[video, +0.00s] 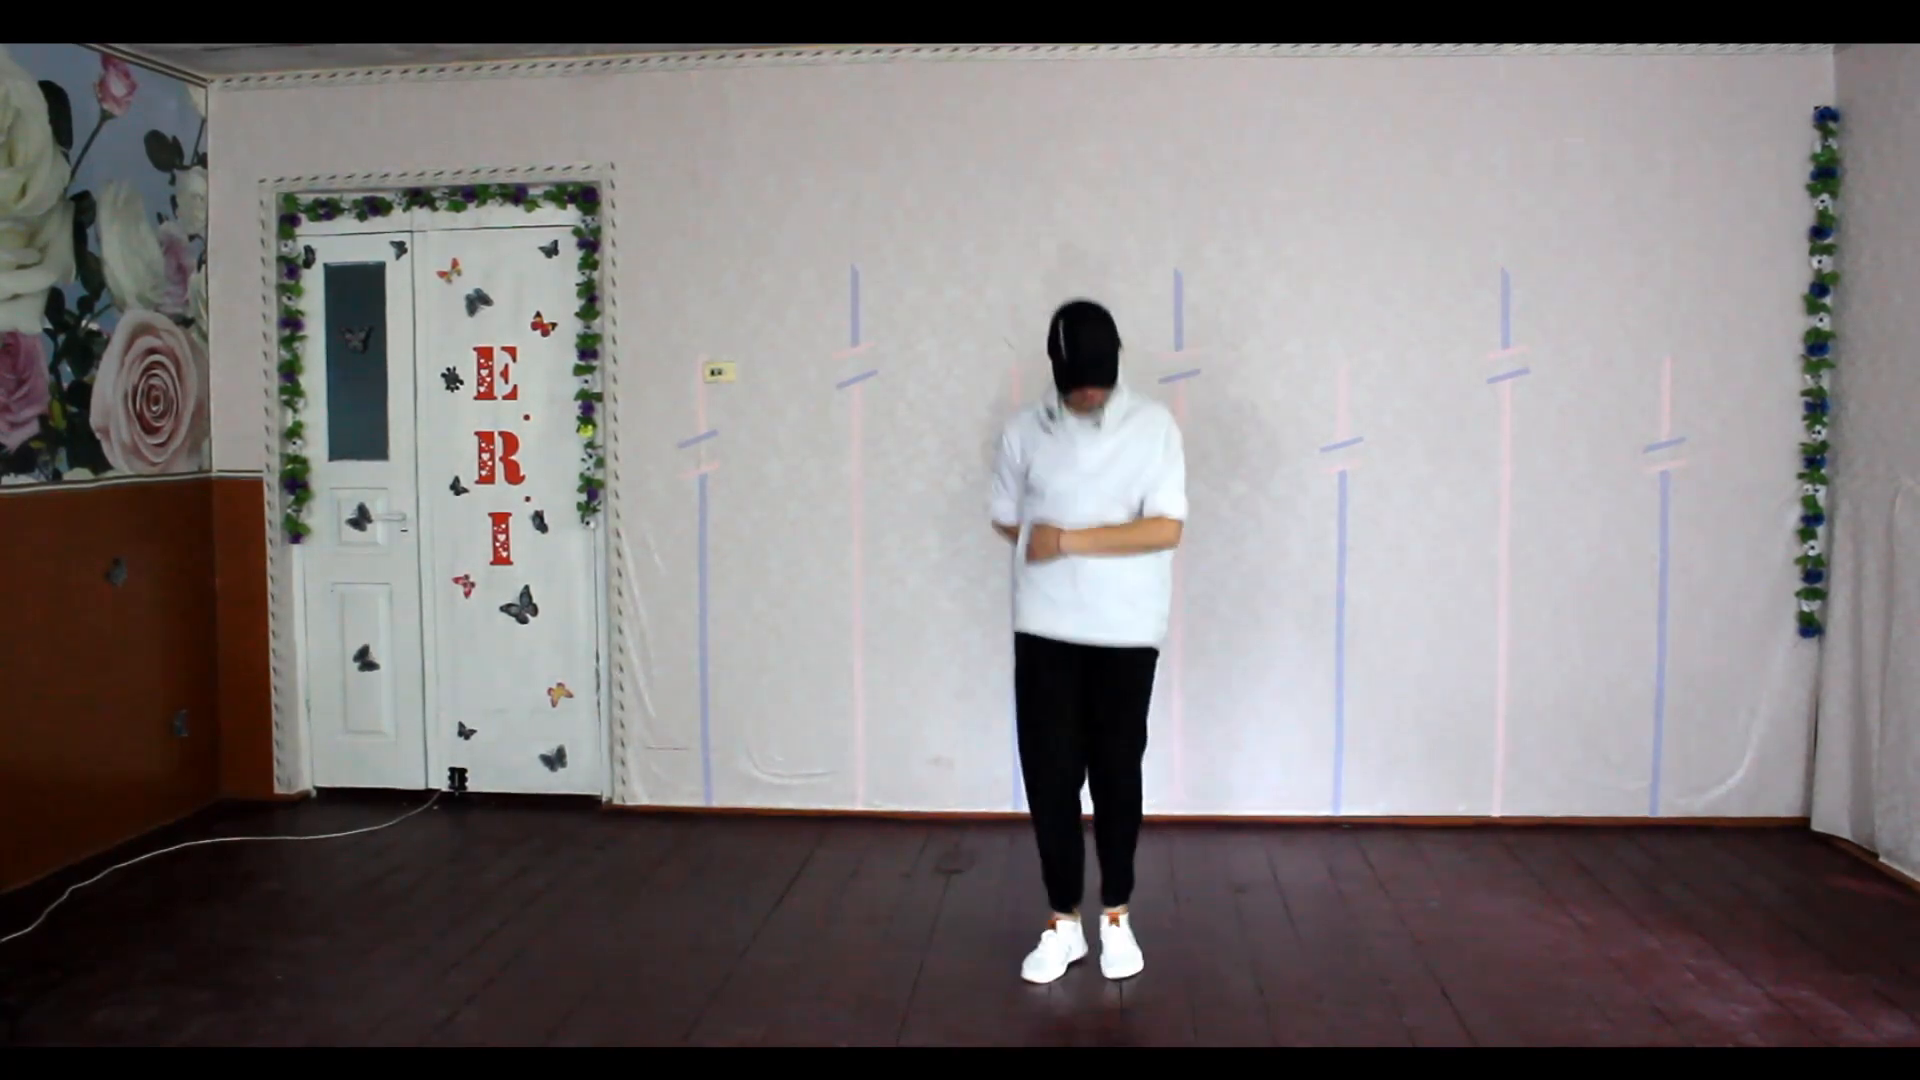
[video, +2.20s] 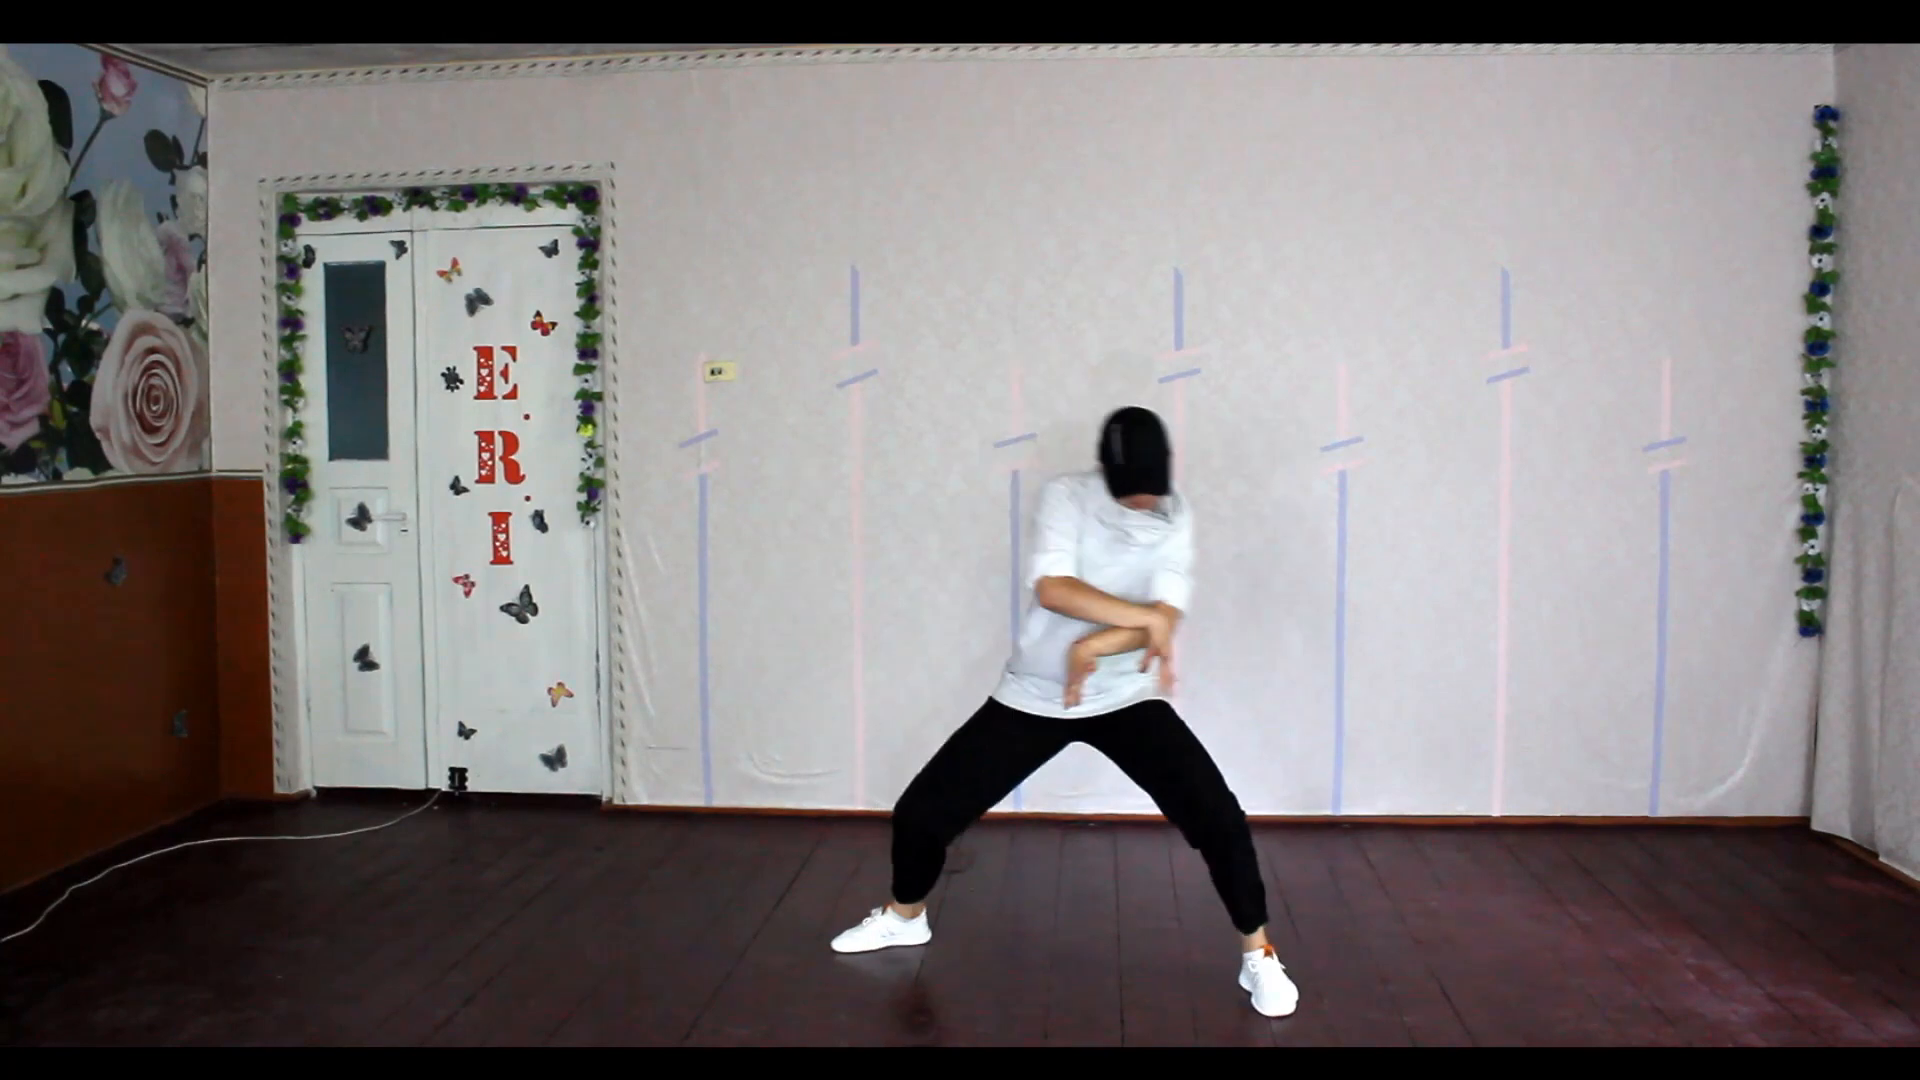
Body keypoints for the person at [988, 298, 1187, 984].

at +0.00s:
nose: (1091, 396)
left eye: (1101, 383)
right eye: (1078, 386)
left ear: (1117, 369)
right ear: (1056, 374)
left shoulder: (1152, 425)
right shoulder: (1024, 431)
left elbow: (1167, 529)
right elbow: (1004, 523)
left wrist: (1068, 539)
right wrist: (1073, 542)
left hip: (1125, 639)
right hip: (1043, 636)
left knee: (1116, 779)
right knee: (1050, 782)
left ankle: (1116, 917)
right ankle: (1064, 923)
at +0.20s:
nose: (1070, 398)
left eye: (1081, 386)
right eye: (1059, 387)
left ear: (1101, 368)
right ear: (1040, 373)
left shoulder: (1140, 416)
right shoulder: (1012, 425)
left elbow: (1174, 505)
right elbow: (978, 501)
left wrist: (1084, 550)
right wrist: (1025, 564)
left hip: (1118, 634)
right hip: (1037, 632)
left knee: (1111, 774)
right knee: (1043, 779)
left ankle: (1115, 915)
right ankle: (1064, 923)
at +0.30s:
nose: (1052, 388)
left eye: (1064, 376)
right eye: (1041, 376)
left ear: (1088, 354)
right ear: (1023, 360)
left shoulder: (1132, 396)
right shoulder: (1005, 406)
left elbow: (1179, 470)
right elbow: (959, 454)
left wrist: (1094, 512)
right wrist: (967, 538)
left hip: (1118, 612)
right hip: (1034, 610)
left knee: (1127, 759)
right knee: (1015, 762)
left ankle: (1129, 909)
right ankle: (1043, 909)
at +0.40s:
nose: (1029, 412)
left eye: (1040, 403)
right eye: (1020, 402)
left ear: (1065, 382)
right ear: (1006, 385)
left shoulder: (1112, 419)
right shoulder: (995, 423)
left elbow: (1165, 501)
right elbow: (946, 462)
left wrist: (1102, 506)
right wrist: (882, 518)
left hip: (1121, 622)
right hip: (1031, 618)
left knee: (1179, 760)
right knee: (946, 743)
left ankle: (1194, 894)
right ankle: (962, 881)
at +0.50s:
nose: (1036, 486)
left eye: (1045, 475)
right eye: (1025, 477)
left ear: (1064, 455)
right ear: (1006, 460)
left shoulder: (1099, 494)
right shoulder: (995, 500)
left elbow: (1116, 595)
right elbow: (949, 548)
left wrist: (1102, 599)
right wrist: (858, 552)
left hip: (1110, 680)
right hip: (1021, 680)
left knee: (1187, 801)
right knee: (922, 794)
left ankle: (1246, 931)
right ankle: (912, 913)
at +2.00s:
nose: (997, 496)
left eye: (1005, 485)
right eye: (988, 486)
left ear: (1021, 472)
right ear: (975, 478)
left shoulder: (1072, 500)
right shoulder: (967, 532)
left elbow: (1106, 589)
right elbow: (917, 592)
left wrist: (1056, 599)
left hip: (1114, 684)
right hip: (1022, 688)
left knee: (1209, 797)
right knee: (902, 786)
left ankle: (1267, 939)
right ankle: (891, 904)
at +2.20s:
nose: (1145, 505)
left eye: (1154, 493)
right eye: (1133, 495)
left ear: (1165, 474)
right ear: (1109, 474)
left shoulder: (1175, 517)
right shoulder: (1065, 497)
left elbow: (1166, 613)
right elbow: (1050, 589)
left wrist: (1090, 646)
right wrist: (1146, 618)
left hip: (1127, 704)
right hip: (1032, 699)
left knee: (1219, 818)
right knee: (920, 813)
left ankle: (1258, 953)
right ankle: (905, 916)